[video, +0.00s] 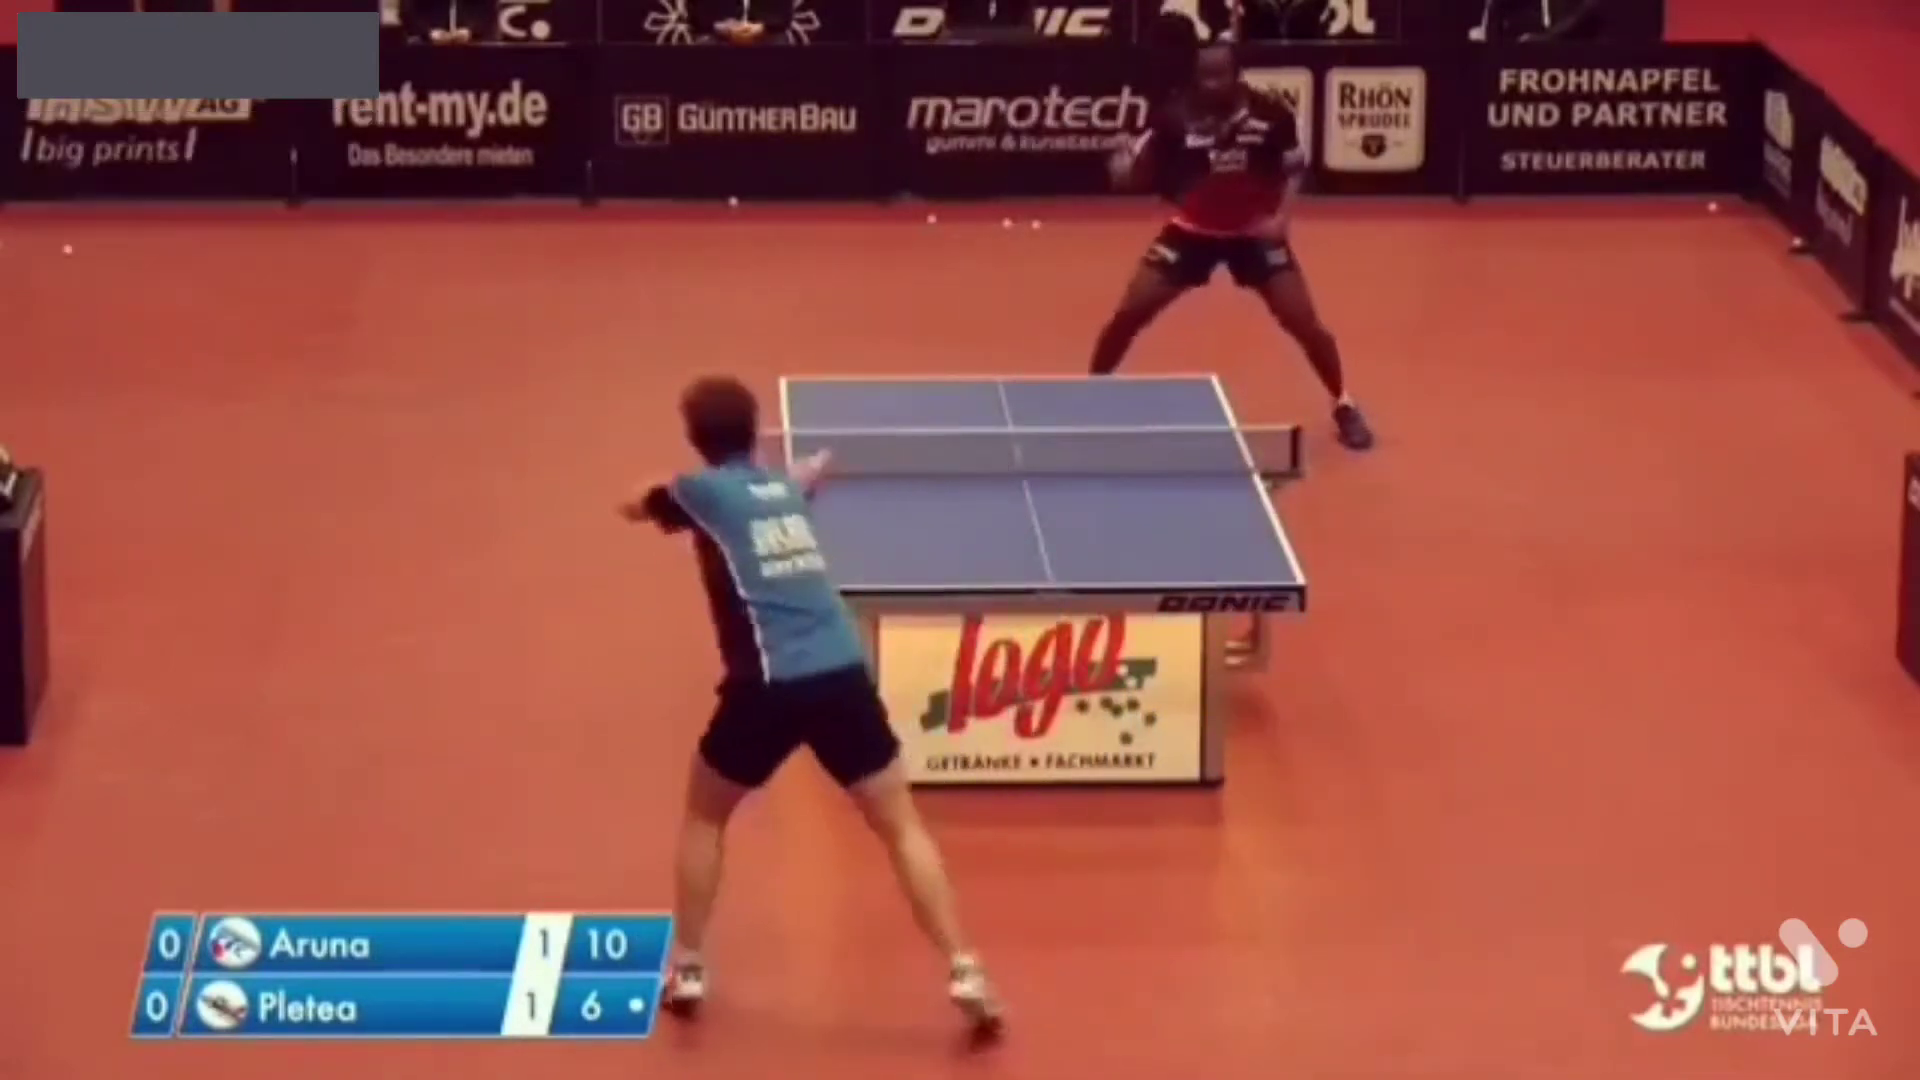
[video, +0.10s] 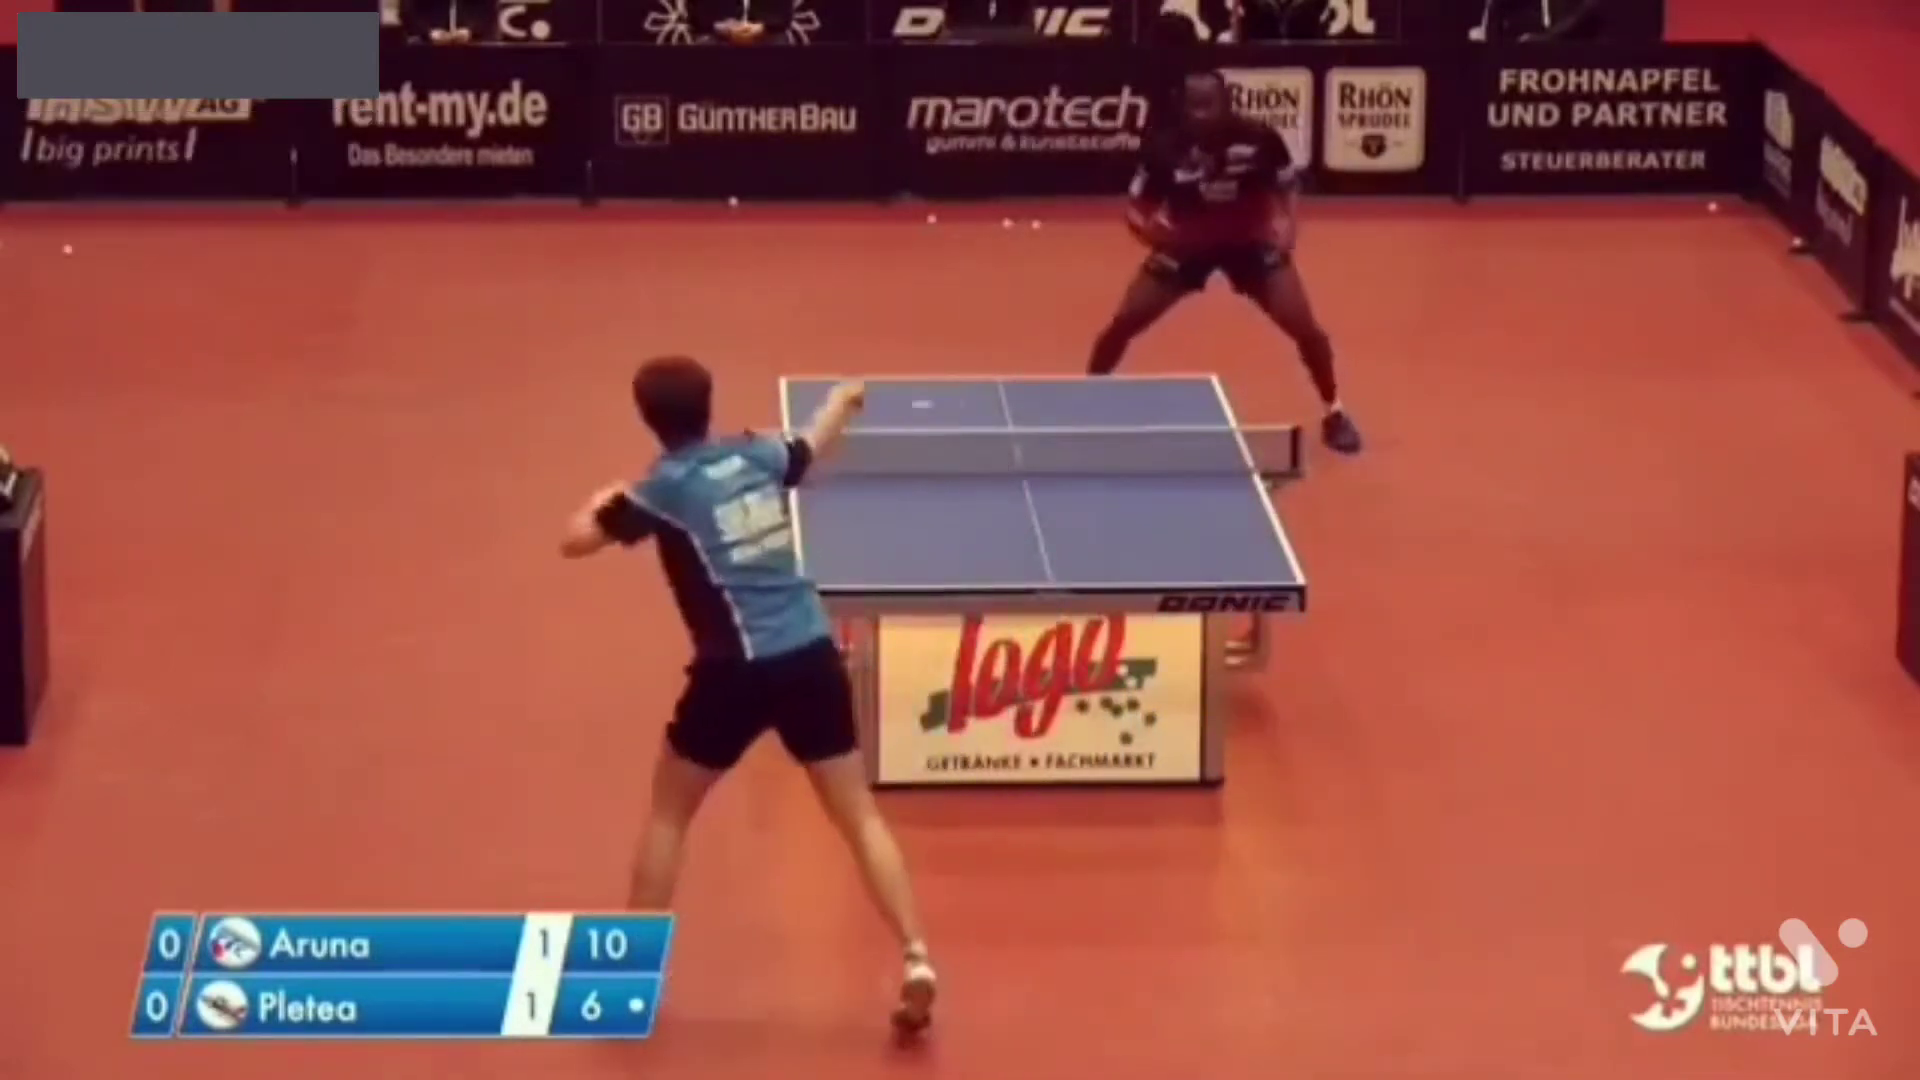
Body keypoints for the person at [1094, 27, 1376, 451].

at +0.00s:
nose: (1213, 84)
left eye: (1221, 74)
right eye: (1205, 75)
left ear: (1237, 73)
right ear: (1194, 76)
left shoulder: (1272, 116)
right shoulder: (1176, 119)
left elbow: (1294, 173)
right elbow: (1141, 179)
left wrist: (1281, 219)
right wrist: (1126, 166)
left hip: (1256, 235)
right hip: (1188, 234)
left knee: (1305, 324)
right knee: (1129, 314)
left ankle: (1343, 405)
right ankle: (1093, 394)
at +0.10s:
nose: (1201, 114)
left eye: (1209, 104)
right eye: (1193, 105)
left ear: (1226, 103)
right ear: (1182, 107)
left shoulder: (1259, 139)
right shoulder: (1164, 147)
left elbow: (1287, 187)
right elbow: (1136, 212)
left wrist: (1286, 229)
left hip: (1250, 246)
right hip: (1187, 246)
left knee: (1307, 332)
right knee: (1123, 325)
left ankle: (1333, 412)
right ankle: (1088, 402)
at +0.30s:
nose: (1234, 137)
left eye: (1240, 128)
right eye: (1226, 130)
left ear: (1256, 120)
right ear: (1216, 127)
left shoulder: (1286, 144)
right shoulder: (1201, 161)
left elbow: (1322, 175)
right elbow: (1175, 230)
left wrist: (1341, 220)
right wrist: (1206, 254)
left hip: (1272, 249)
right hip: (1209, 252)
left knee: (1331, 322)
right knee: (1149, 334)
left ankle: (1334, 415)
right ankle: (1107, 399)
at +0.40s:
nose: (1252, 143)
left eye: (1259, 134)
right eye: (1245, 135)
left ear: (1275, 130)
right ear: (1234, 134)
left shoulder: (1300, 150)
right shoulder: (1217, 168)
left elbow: (1340, 179)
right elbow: (1195, 239)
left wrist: (1367, 220)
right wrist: (1232, 270)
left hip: (1283, 255)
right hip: (1220, 256)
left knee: (1334, 323)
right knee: (1155, 331)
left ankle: (1335, 414)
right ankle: (1122, 399)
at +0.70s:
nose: (1303, 148)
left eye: (1308, 139)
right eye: (1294, 139)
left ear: (1317, 137)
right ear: (1275, 139)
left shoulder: (1327, 166)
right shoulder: (1250, 167)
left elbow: (1346, 203)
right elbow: (1221, 222)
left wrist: (1391, 245)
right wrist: (1270, 242)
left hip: (1301, 269)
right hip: (1239, 268)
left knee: (1359, 337)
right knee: (1179, 337)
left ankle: (1337, 418)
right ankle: (1147, 407)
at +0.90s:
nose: (1324, 109)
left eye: (1332, 101)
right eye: (1317, 99)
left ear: (1342, 99)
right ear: (1302, 97)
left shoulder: (1349, 137)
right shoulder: (1273, 129)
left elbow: (1365, 181)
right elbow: (1204, 121)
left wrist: (1410, 219)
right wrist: (1163, 72)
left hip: (1319, 253)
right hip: (1256, 251)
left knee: (1375, 330)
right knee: (1197, 335)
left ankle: (1347, 404)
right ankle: (1157, 407)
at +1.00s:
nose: (1325, 109)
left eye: (1333, 100)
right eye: (1319, 99)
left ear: (1348, 102)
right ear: (1306, 97)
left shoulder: (1360, 146)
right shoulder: (1276, 120)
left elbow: (1383, 188)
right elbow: (1209, 96)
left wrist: (1426, 226)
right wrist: (1162, 46)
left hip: (1324, 248)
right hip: (1261, 243)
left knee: (1383, 330)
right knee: (1209, 324)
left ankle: (1371, 396)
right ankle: (1180, 399)